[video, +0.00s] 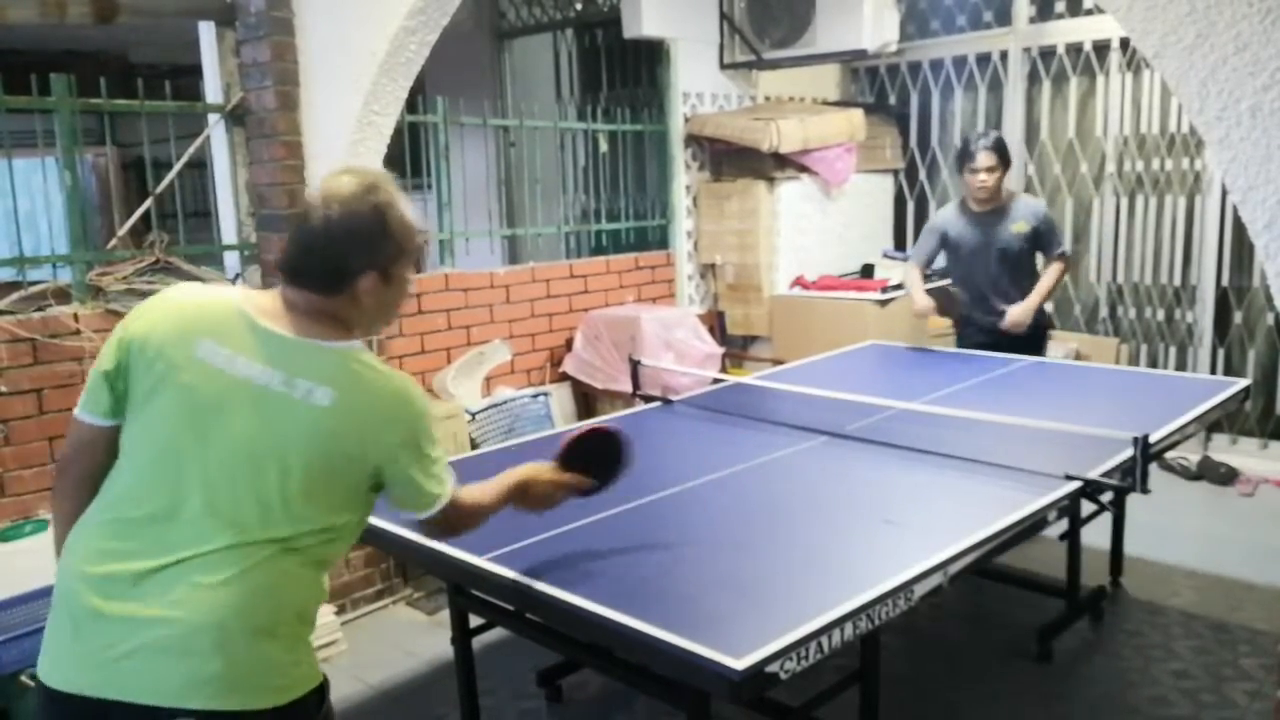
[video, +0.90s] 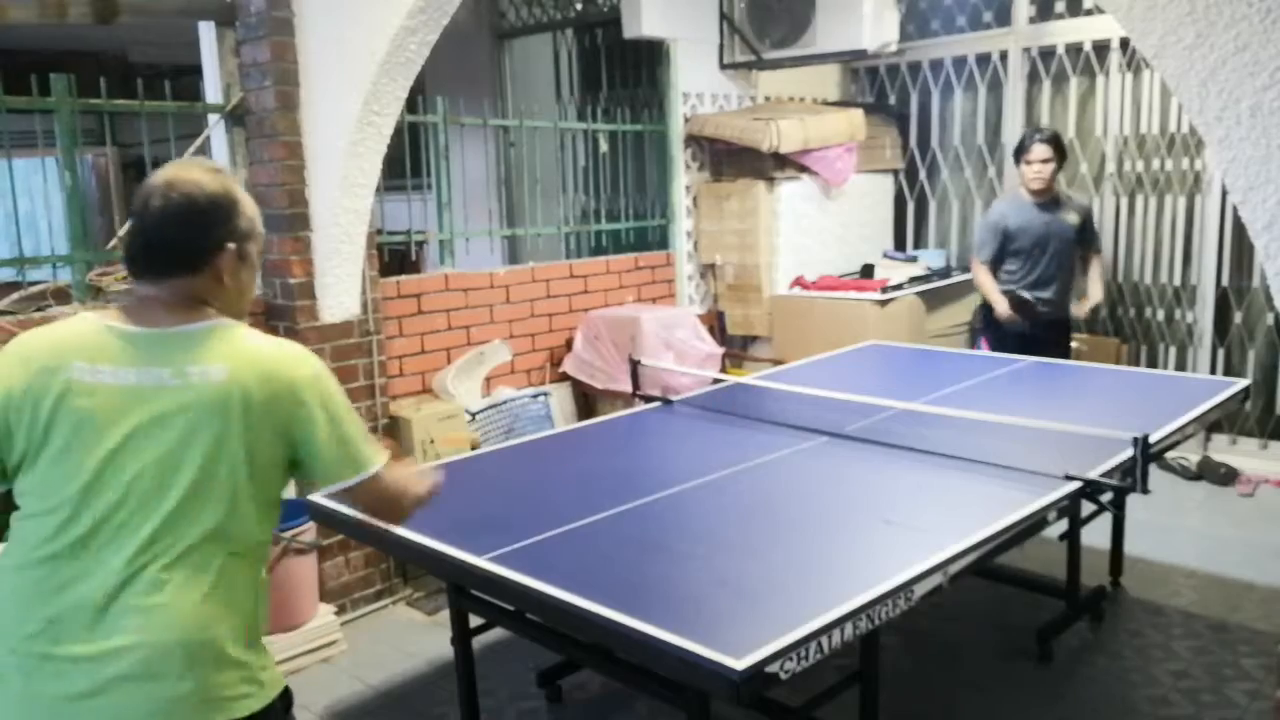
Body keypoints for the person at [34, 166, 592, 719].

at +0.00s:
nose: (413, 286)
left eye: (414, 269)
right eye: (409, 270)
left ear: (288, 260)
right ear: (370, 283)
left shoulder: (164, 316)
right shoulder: (388, 402)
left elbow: (70, 482)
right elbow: (447, 519)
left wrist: (86, 595)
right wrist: (516, 484)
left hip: (83, 662)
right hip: (242, 680)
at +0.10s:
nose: (377, 281)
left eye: (378, 261)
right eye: (372, 263)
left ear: (253, 254)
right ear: (327, 276)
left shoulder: (131, 325)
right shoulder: (354, 399)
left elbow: (52, 488)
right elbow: (393, 550)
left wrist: (79, 597)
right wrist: (476, 510)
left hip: (67, 673)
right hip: (222, 684)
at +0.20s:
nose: (320, 267)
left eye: (318, 250)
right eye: (313, 253)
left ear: (204, 250)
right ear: (273, 268)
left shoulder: (88, 334)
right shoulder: (306, 392)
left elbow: (31, 510)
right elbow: (327, 569)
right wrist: (401, 550)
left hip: (47, 675)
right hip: (204, 683)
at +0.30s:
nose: (276, 256)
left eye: (272, 237)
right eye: (263, 238)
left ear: (147, 243)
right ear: (217, 255)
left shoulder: (45, 338)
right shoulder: (258, 383)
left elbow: (9, 507)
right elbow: (268, 573)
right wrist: (347, 578)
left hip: (28, 667)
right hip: (181, 681)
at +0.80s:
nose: (236, 272)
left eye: (236, 250)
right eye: (232, 248)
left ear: (111, 250)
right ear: (195, 254)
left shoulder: (17, 356)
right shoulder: (249, 366)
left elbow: (11, 499)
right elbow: (309, 542)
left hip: (27, 692)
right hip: (193, 695)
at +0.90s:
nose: (259, 277)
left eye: (260, 257)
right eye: (257, 256)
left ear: (137, 254)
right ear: (227, 261)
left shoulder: (29, 359)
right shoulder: (279, 369)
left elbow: (9, 499)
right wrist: (410, 483)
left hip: (35, 689)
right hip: (207, 691)